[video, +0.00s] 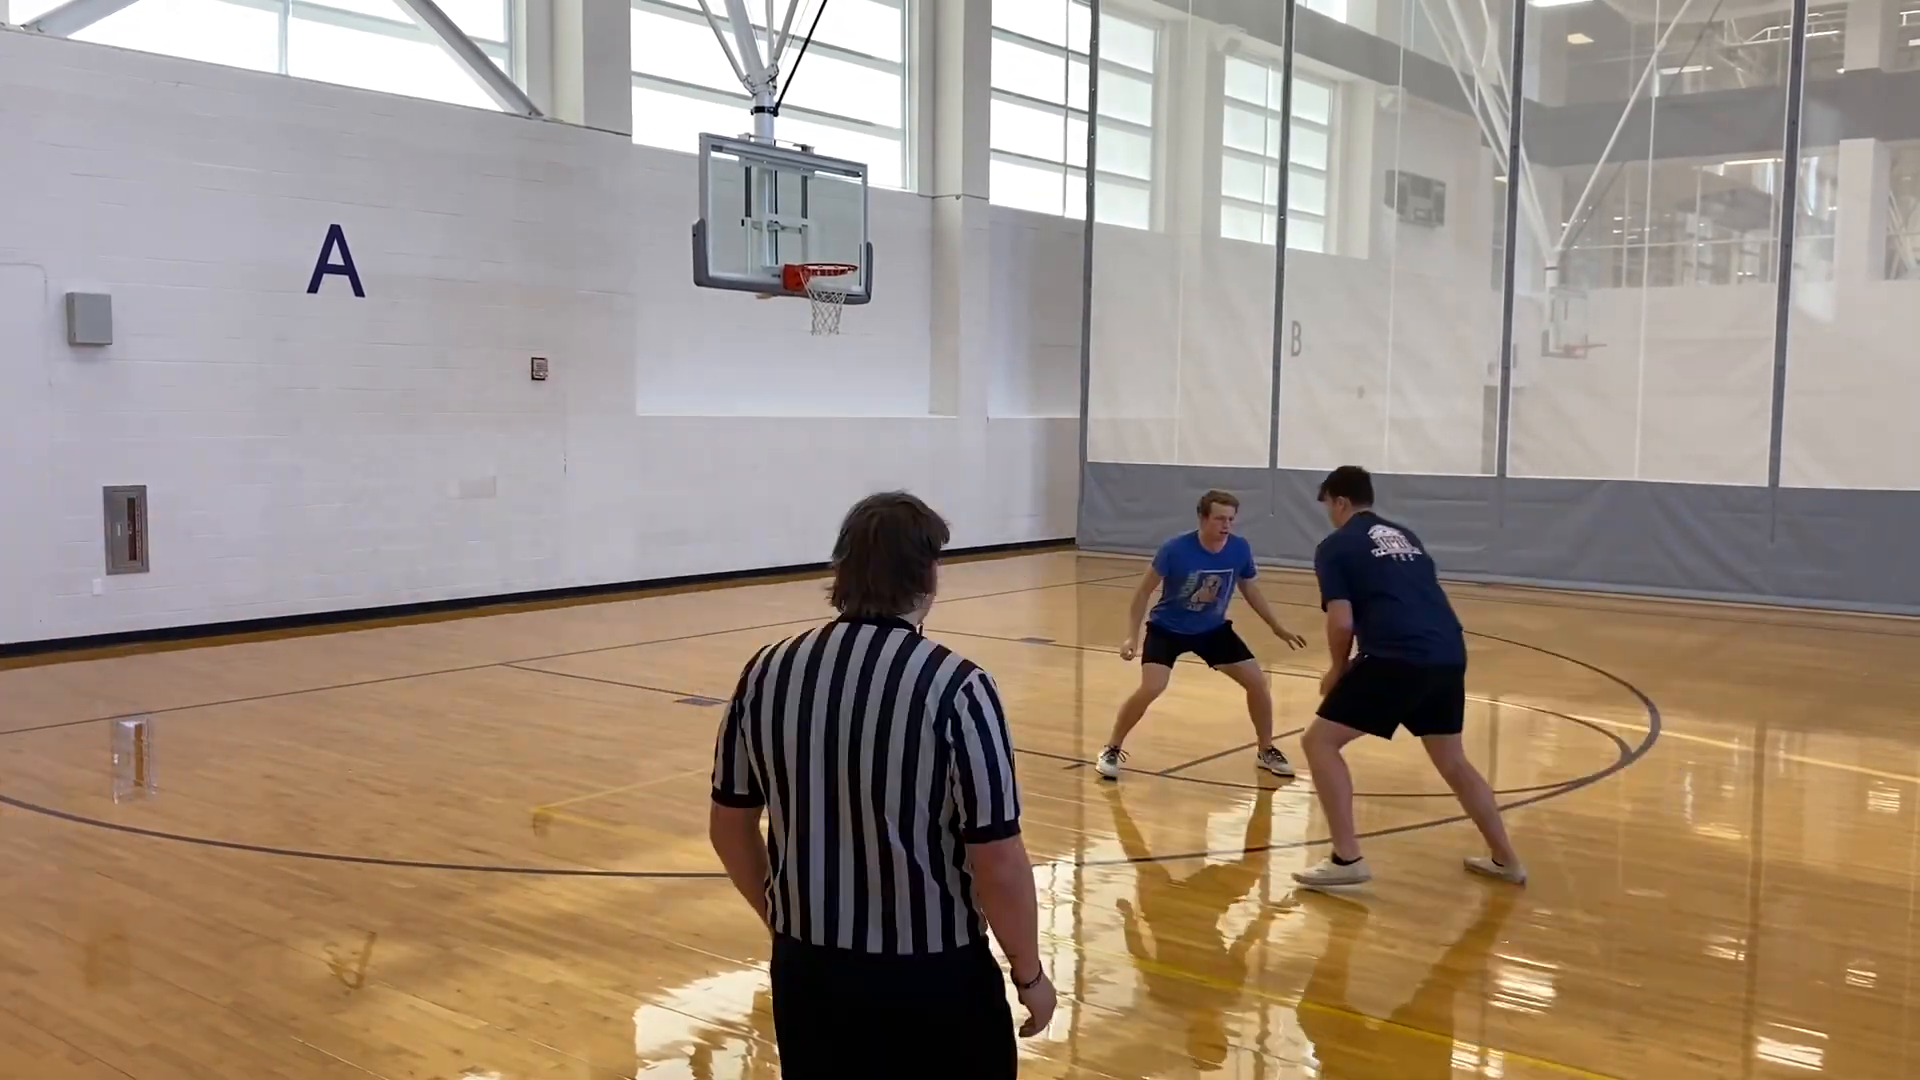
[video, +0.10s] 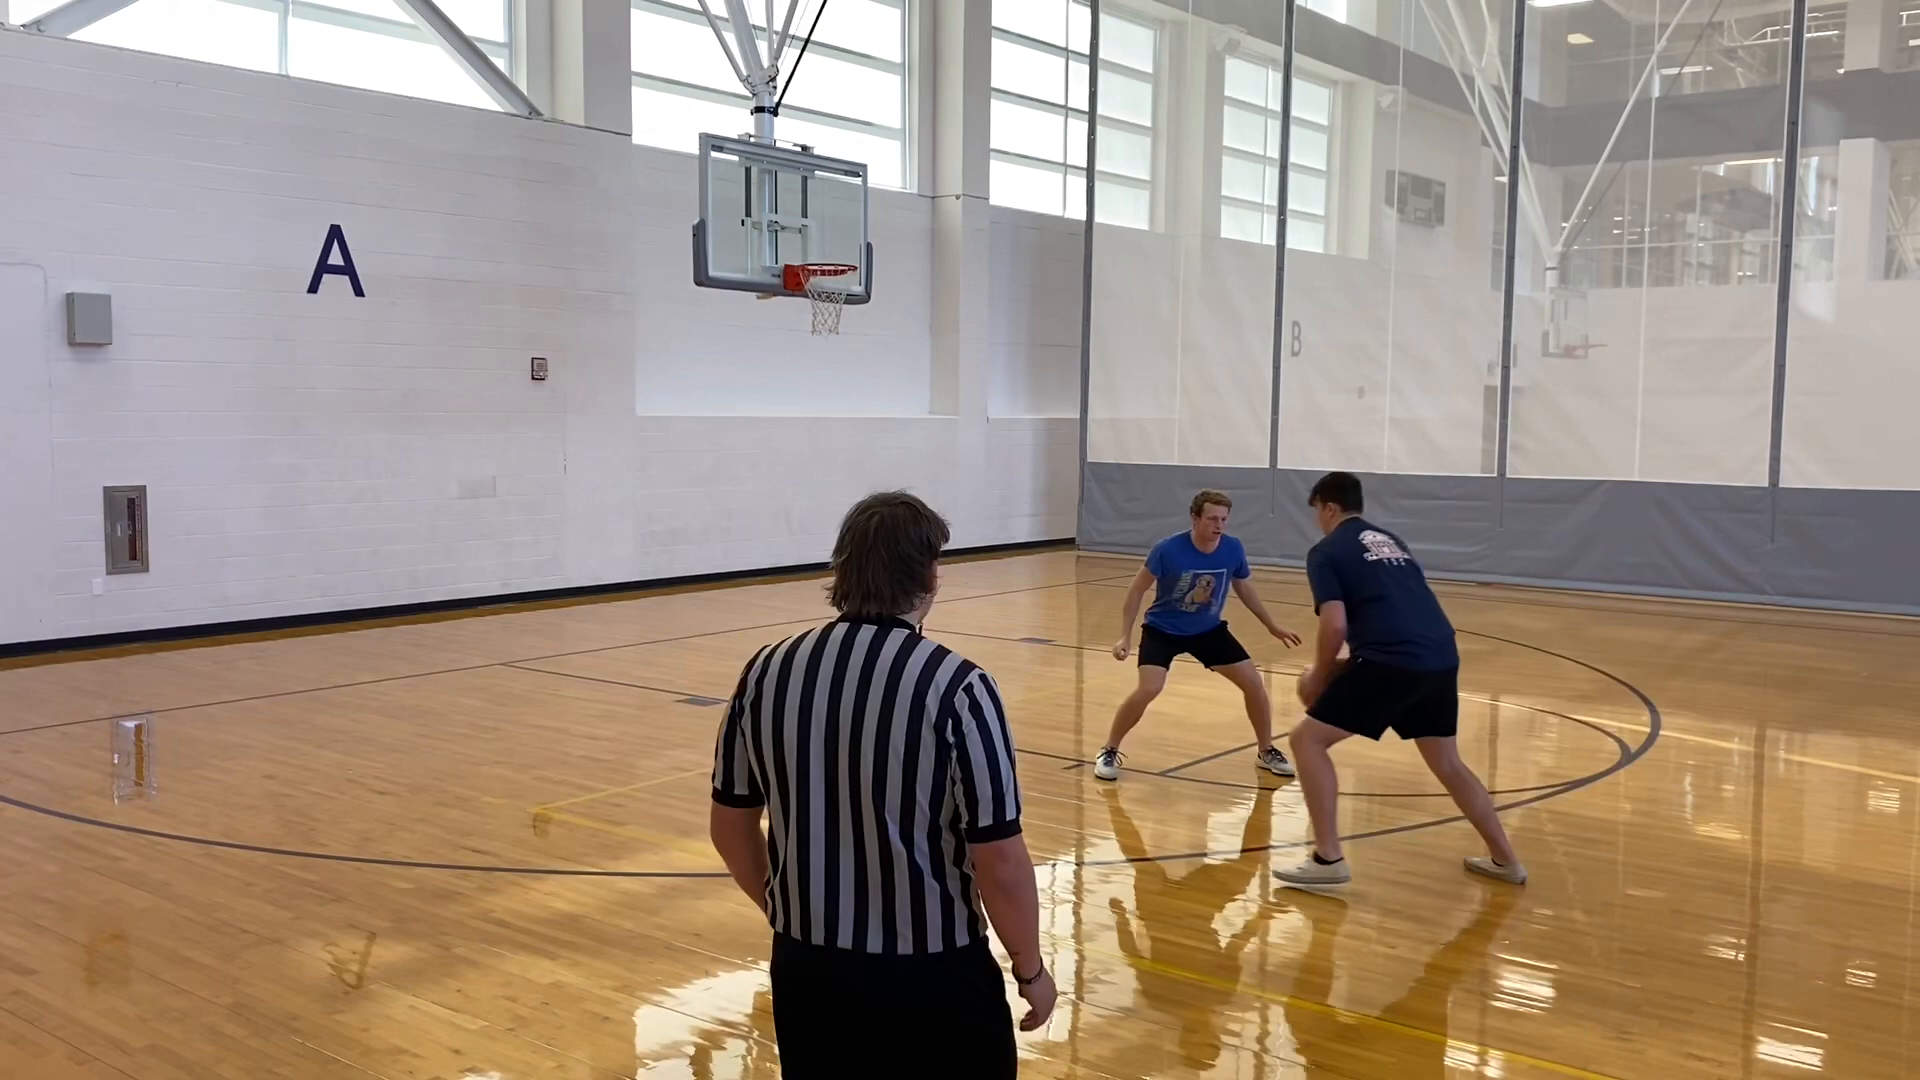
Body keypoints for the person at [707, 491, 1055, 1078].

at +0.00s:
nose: (939, 575)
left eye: (937, 559)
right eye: (937, 561)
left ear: (845, 567)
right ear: (925, 572)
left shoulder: (767, 671)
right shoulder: (958, 688)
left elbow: (730, 827)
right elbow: (997, 860)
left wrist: (784, 919)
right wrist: (1029, 970)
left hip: (810, 982)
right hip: (940, 987)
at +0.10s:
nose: (939, 577)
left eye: (936, 560)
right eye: (936, 562)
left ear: (846, 567)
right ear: (926, 574)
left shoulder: (768, 670)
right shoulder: (960, 688)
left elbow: (731, 826)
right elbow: (998, 858)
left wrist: (786, 910)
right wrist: (1030, 965)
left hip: (809, 980)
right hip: (940, 985)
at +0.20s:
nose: (939, 576)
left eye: (937, 559)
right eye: (937, 561)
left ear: (846, 566)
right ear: (926, 573)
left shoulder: (767, 670)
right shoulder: (960, 688)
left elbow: (731, 826)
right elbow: (1000, 857)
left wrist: (786, 905)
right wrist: (1032, 963)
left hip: (808, 979)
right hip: (939, 983)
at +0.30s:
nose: (940, 576)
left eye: (938, 559)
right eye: (937, 561)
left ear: (846, 566)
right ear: (925, 572)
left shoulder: (768, 670)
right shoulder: (959, 687)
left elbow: (731, 825)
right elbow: (1001, 856)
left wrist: (788, 902)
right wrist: (1034, 961)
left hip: (809, 980)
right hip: (940, 984)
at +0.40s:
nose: (939, 576)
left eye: (937, 559)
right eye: (937, 561)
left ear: (845, 567)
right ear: (925, 573)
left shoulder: (768, 670)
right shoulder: (960, 687)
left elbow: (731, 825)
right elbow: (1002, 856)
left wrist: (787, 902)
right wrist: (1035, 960)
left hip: (809, 980)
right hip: (940, 984)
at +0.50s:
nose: (940, 575)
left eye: (938, 559)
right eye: (937, 560)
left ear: (846, 566)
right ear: (926, 572)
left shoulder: (767, 670)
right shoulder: (959, 686)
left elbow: (731, 825)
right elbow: (1004, 855)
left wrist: (785, 900)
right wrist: (1036, 962)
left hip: (809, 979)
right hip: (940, 982)